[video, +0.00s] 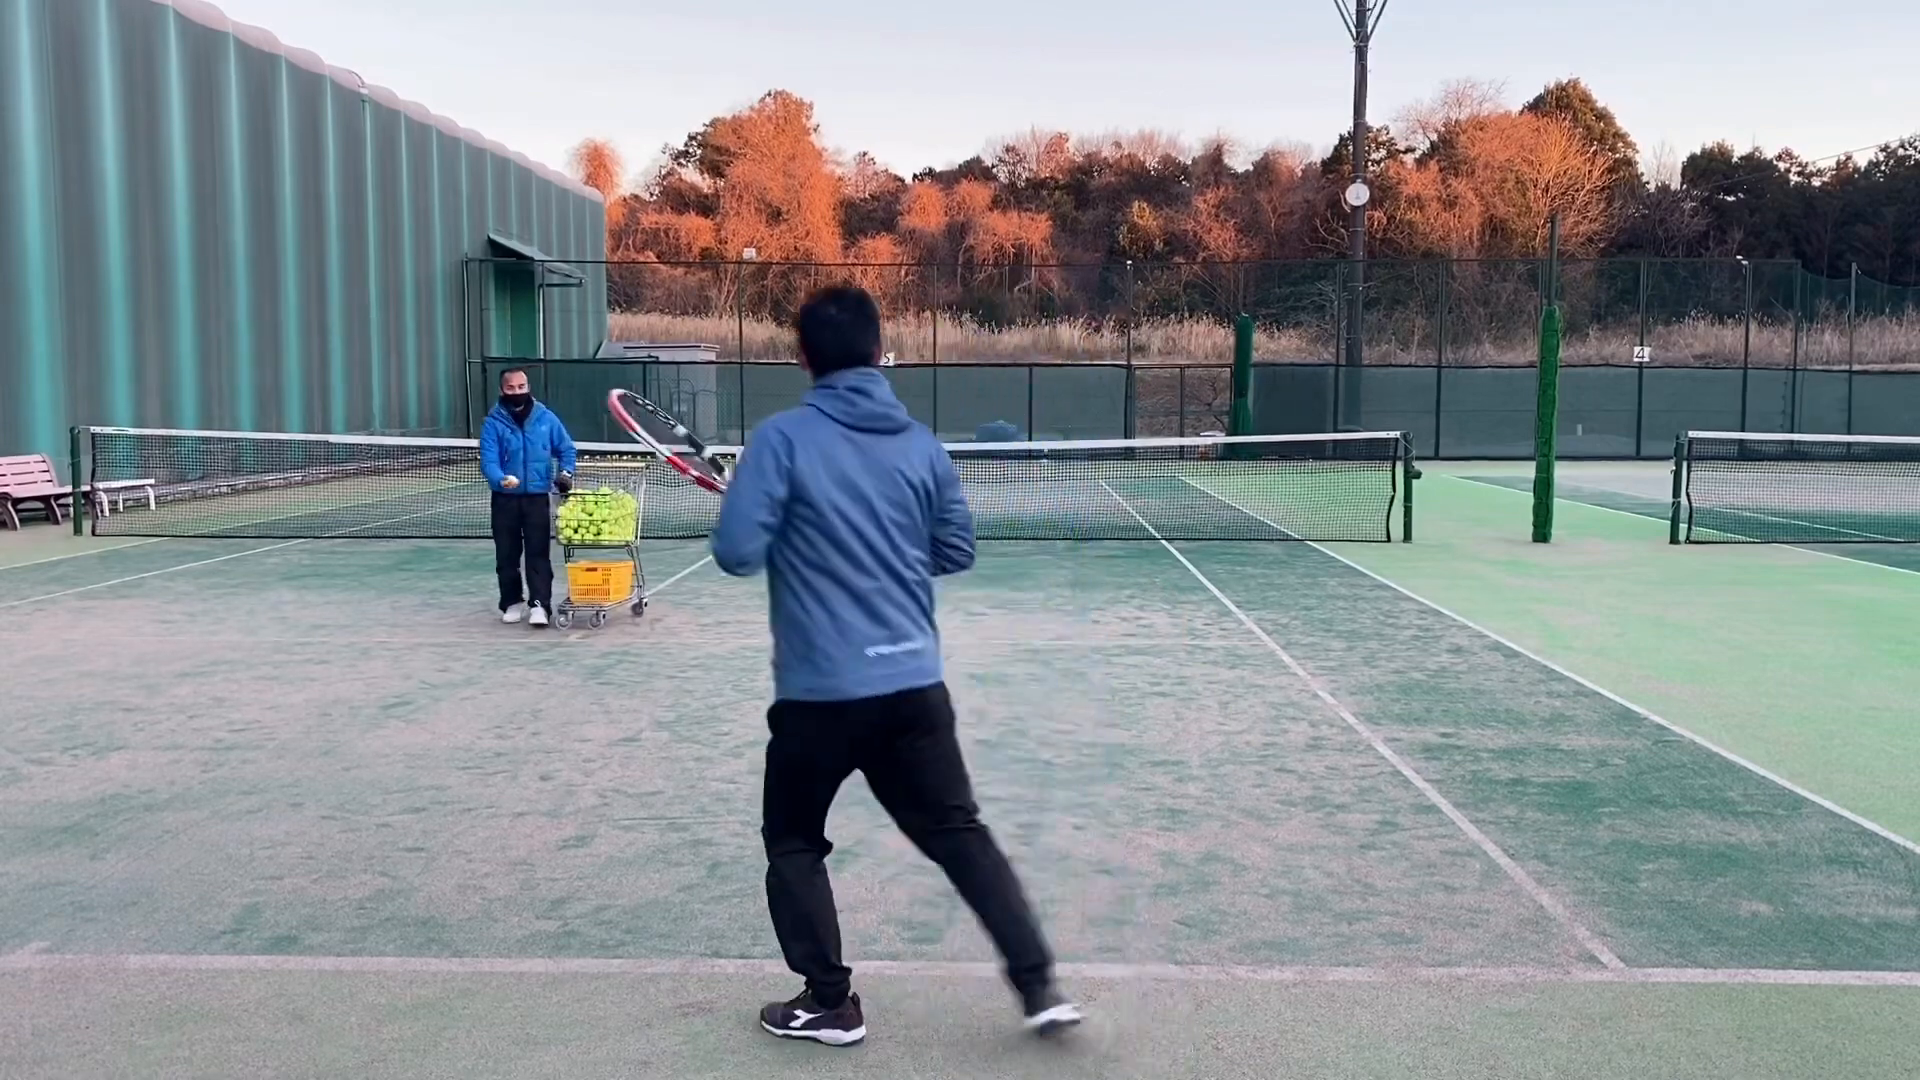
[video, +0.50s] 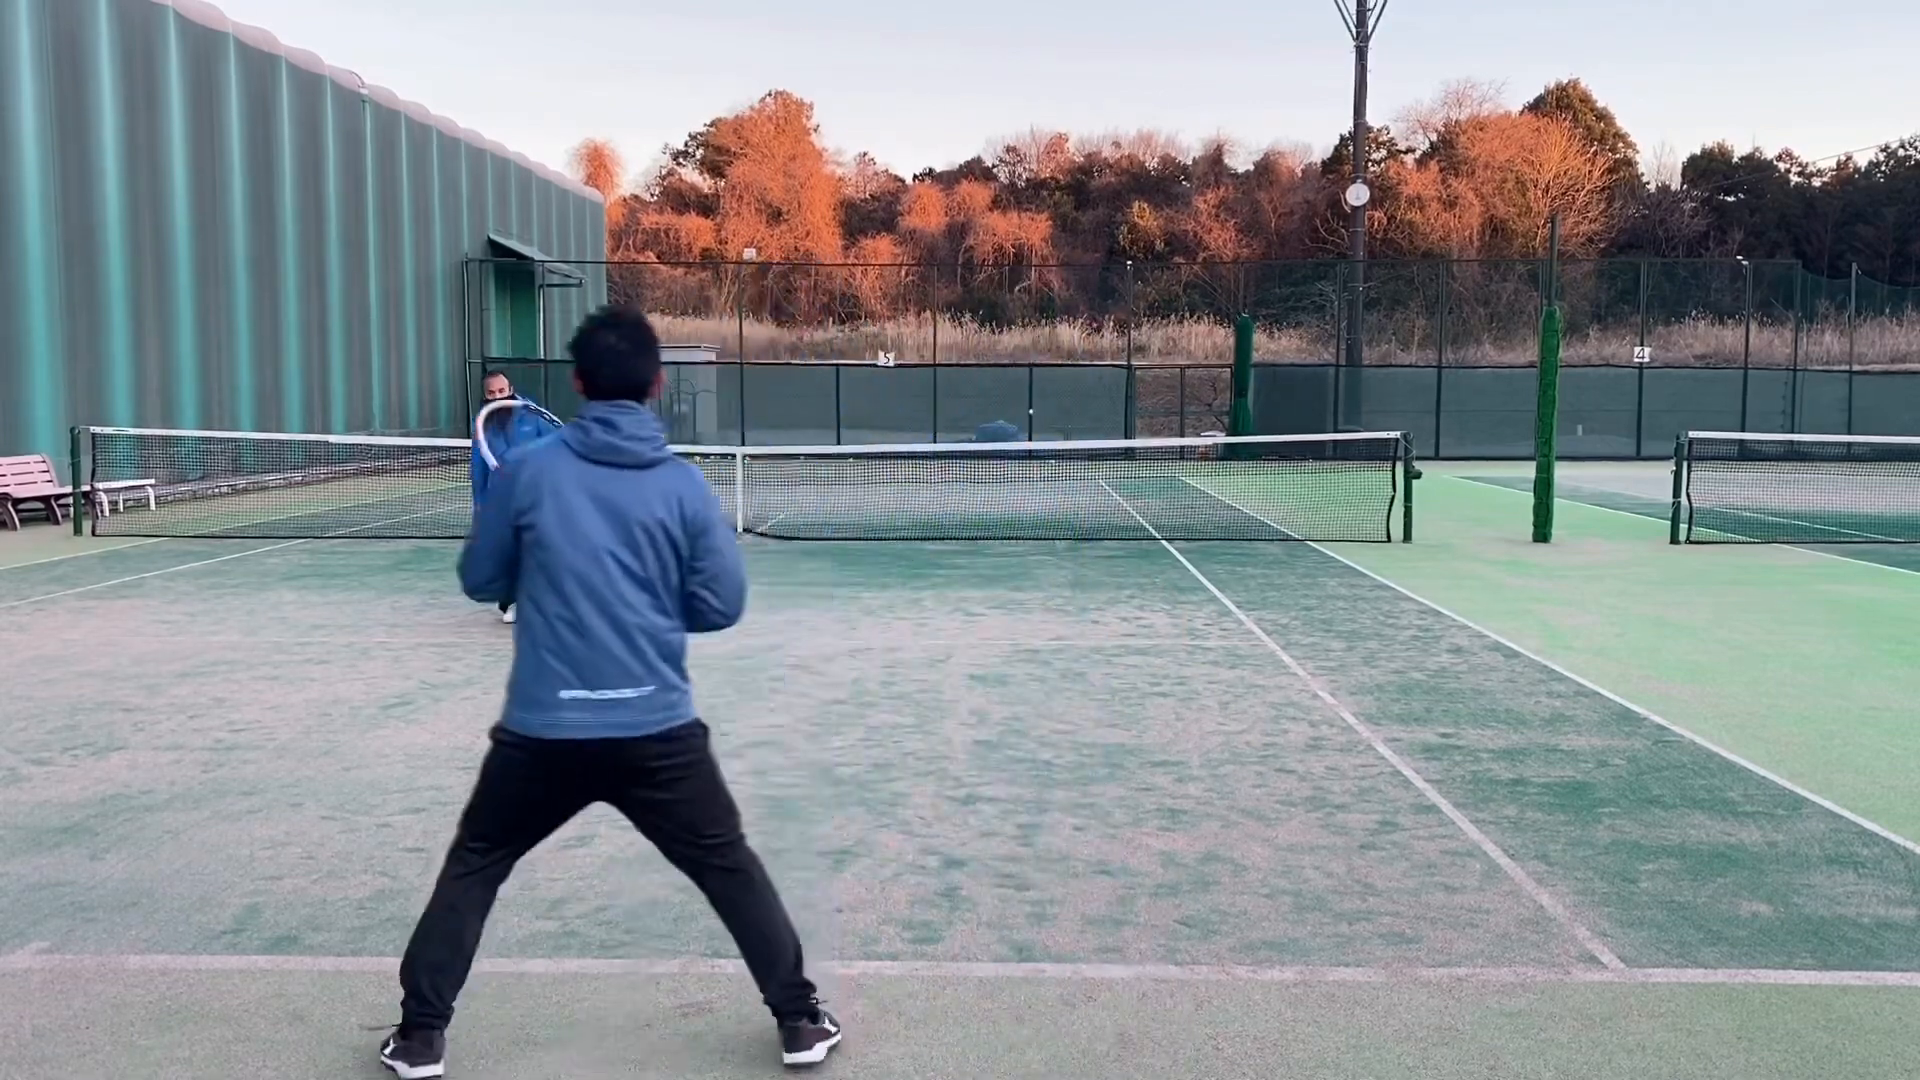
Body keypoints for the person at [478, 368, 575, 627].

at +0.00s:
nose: (517, 392)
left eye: (521, 387)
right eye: (511, 387)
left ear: (528, 387)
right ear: (502, 390)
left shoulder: (546, 418)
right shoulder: (493, 421)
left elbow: (567, 451)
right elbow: (488, 459)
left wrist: (565, 472)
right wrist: (500, 479)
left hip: (537, 497)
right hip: (505, 497)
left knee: (538, 552)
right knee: (506, 554)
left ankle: (539, 605)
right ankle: (512, 604)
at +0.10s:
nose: (513, 392)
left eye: (517, 387)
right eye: (507, 387)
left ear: (525, 387)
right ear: (499, 390)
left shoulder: (542, 416)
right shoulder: (490, 420)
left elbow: (566, 448)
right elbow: (483, 458)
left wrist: (565, 472)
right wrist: (493, 483)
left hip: (535, 495)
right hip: (503, 496)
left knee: (536, 550)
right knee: (505, 553)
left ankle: (538, 603)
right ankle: (512, 604)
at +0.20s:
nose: (509, 392)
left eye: (513, 386)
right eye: (503, 387)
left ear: (522, 387)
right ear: (496, 389)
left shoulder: (540, 415)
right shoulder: (488, 421)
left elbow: (565, 447)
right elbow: (481, 459)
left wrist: (565, 473)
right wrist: (485, 491)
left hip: (534, 494)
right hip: (502, 495)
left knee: (534, 550)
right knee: (505, 553)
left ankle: (536, 603)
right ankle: (512, 604)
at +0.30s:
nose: (505, 393)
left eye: (509, 387)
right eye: (499, 389)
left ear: (517, 386)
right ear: (492, 390)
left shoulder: (535, 413)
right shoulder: (486, 420)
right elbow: (479, 460)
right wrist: (479, 497)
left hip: (532, 492)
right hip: (501, 494)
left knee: (532, 549)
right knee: (505, 551)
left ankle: (536, 603)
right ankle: (511, 603)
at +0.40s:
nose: (500, 394)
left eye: (504, 388)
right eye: (495, 390)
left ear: (513, 388)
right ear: (488, 392)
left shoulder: (531, 411)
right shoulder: (485, 422)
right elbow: (478, 464)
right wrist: (478, 502)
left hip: (533, 492)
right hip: (501, 495)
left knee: (534, 549)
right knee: (505, 553)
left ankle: (535, 602)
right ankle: (511, 604)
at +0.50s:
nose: (497, 396)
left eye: (501, 390)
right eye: (491, 393)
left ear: (510, 389)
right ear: (485, 395)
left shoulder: (533, 416)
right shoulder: (484, 425)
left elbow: (559, 441)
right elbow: (478, 466)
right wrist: (479, 502)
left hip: (536, 492)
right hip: (499, 497)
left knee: (535, 548)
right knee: (504, 550)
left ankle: (535, 601)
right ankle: (509, 602)